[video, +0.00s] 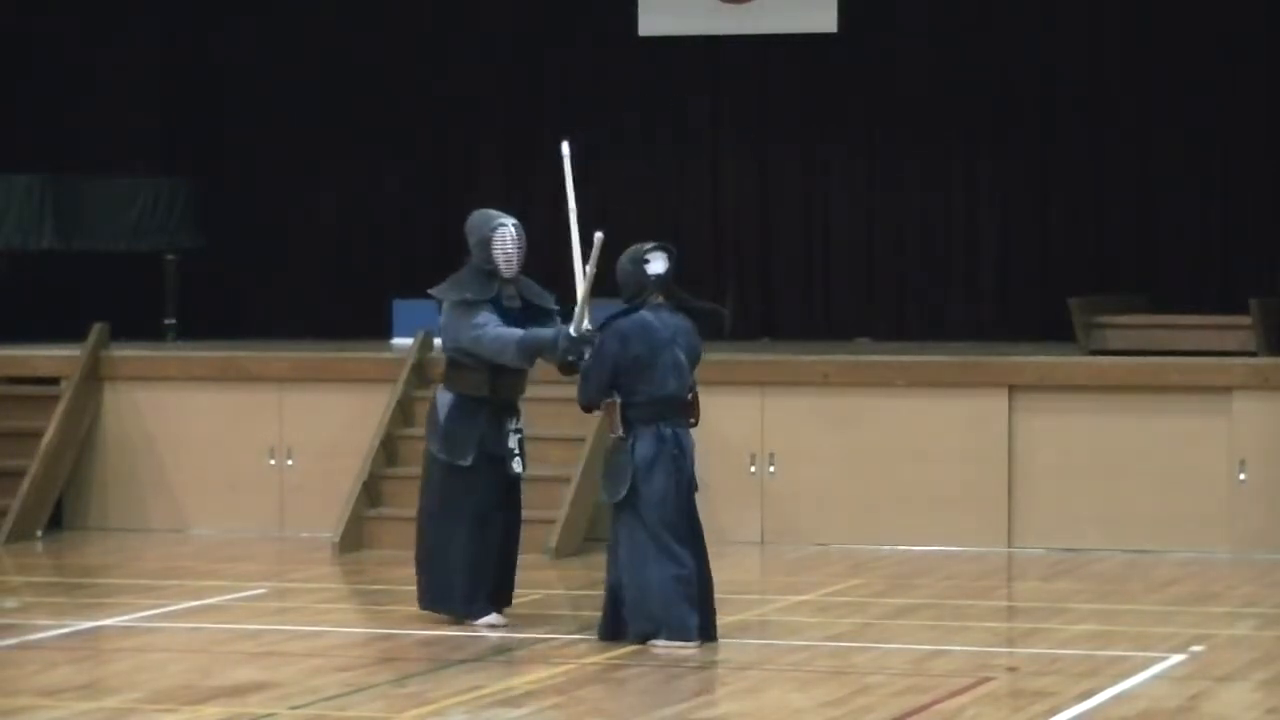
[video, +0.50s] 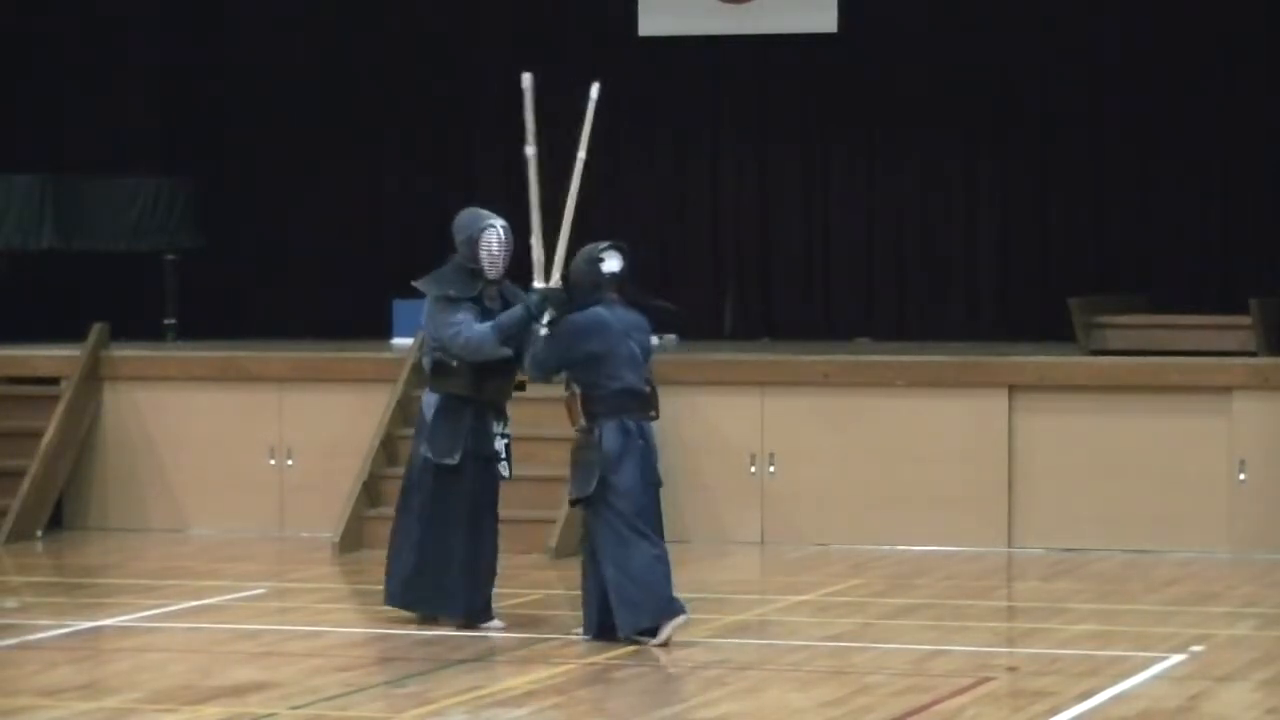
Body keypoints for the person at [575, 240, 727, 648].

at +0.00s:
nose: (620, 287)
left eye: (622, 281)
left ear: (628, 284)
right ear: (664, 283)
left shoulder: (618, 332)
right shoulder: (684, 327)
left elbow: (589, 396)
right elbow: (686, 367)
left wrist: (600, 363)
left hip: (641, 437)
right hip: (680, 434)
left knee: (647, 529)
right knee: (676, 528)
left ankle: (677, 628)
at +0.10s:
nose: (615, 288)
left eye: (618, 282)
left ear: (622, 285)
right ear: (656, 283)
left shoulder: (614, 332)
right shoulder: (676, 326)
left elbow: (585, 389)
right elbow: (683, 361)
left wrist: (585, 348)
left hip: (637, 436)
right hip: (674, 433)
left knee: (639, 526)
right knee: (671, 526)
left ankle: (673, 627)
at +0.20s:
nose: (605, 291)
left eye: (608, 285)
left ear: (614, 288)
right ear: (647, 285)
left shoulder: (609, 332)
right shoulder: (669, 328)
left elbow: (572, 382)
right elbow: (669, 364)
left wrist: (572, 344)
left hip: (632, 437)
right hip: (666, 433)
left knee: (638, 527)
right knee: (628, 527)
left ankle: (672, 625)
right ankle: (612, 618)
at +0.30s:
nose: (596, 291)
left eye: (598, 285)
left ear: (603, 289)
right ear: (638, 286)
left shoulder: (600, 331)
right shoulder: (659, 328)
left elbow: (559, 378)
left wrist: (558, 345)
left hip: (624, 436)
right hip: (656, 433)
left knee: (634, 527)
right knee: (620, 527)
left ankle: (672, 624)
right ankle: (611, 621)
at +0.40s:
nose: (582, 289)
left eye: (585, 283)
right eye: (583, 284)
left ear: (593, 287)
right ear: (625, 284)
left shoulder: (598, 329)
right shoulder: (646, 326)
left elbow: (550, 362)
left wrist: (546, 328)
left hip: (620, 435)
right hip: (643, 432)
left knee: (626, 525)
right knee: (611, 527)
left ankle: (665, 616)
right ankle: (608, 622)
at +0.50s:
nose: (570, 287)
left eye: (573, 282)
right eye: (573, 282)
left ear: (582, 283)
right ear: (614, 282)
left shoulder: (580, 324)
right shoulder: (636, 322)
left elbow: (538, 365)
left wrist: (543, 321)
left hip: (606, 431)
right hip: (640, 429)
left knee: (612, 521)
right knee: (629, 519)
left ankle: (660, 610)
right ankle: (607, 621)